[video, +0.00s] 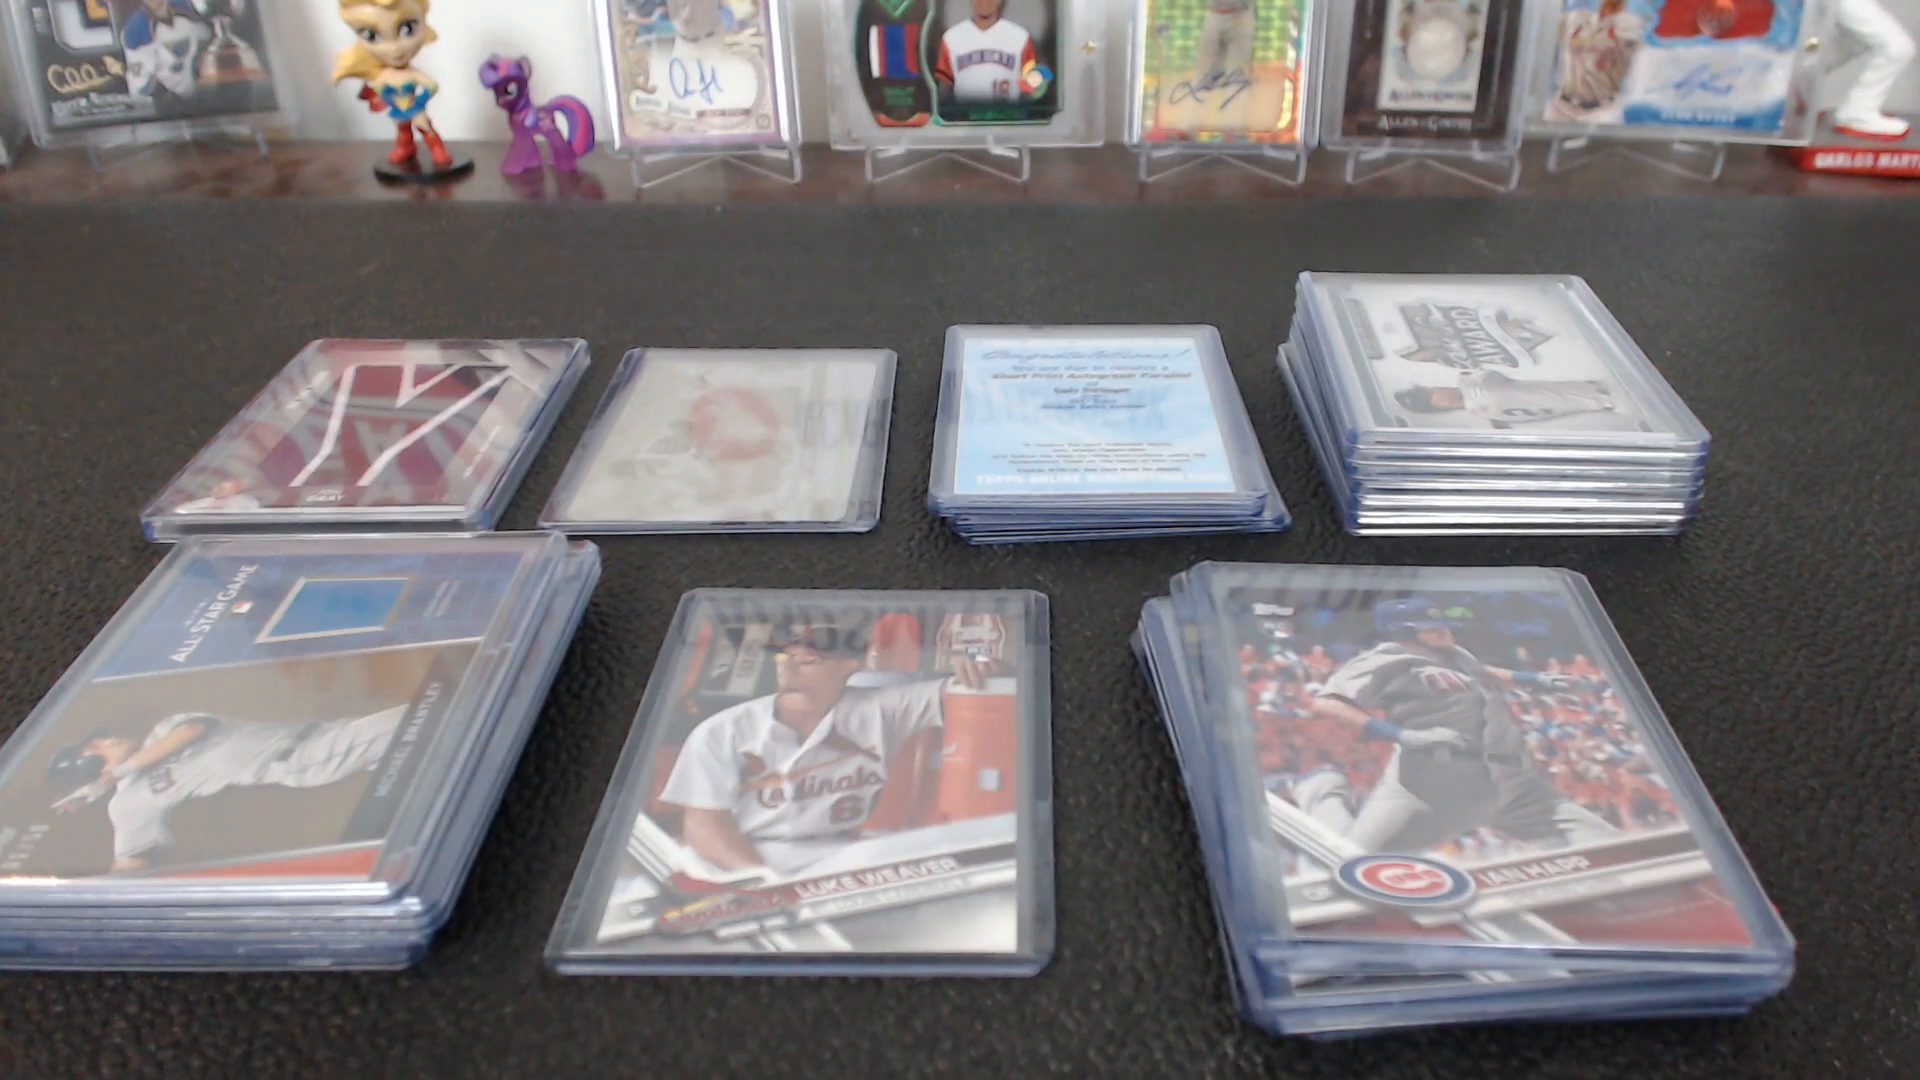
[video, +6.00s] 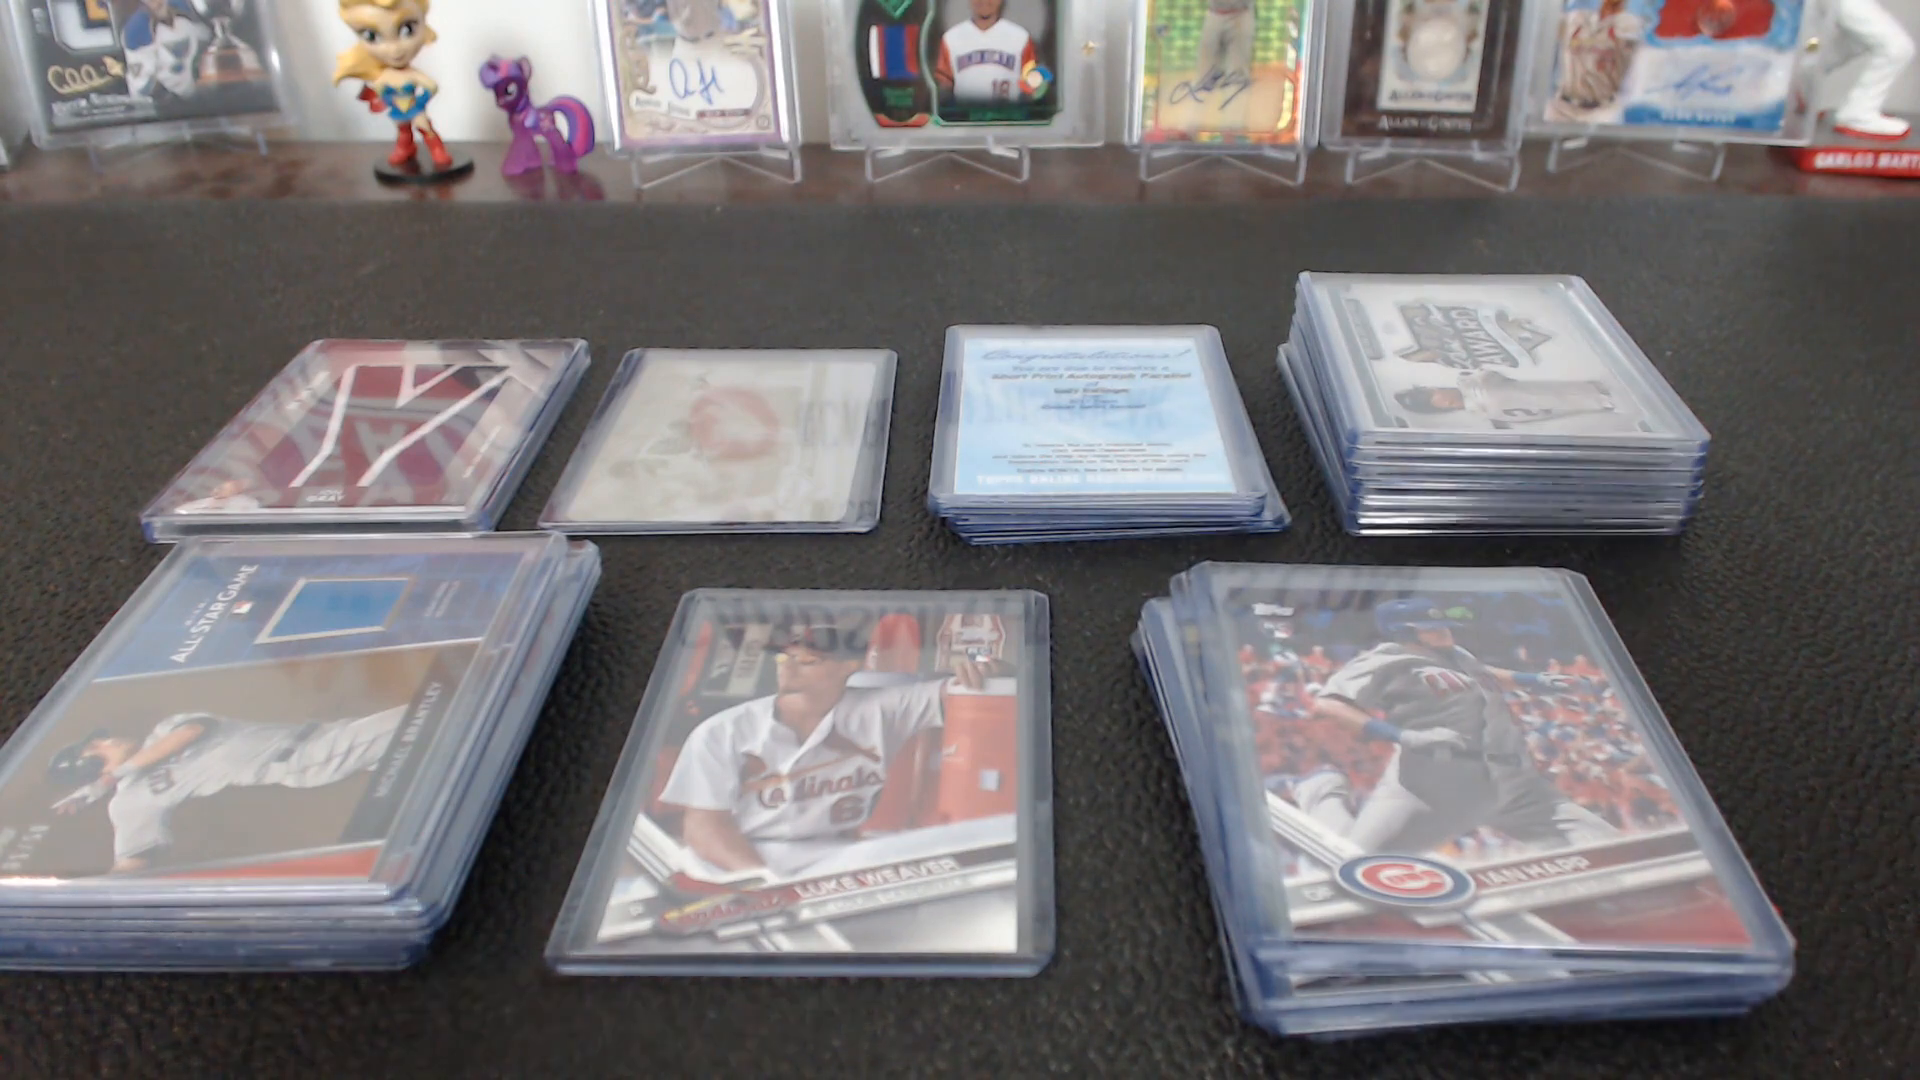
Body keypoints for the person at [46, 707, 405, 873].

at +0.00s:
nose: (110, 740)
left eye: (99, 740)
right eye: (99, 746)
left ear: (106, 742)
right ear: (100, 769)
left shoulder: (162, 728)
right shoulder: (131, 800)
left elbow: (193, 732)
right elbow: (129, 870)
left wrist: (113, 777)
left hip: (312, 731)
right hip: (299, 760)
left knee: (418, 717)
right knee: (415, 717)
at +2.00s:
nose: (108, 740)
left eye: (98, 739)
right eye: (99, 747)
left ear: (106, 741)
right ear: (100, 769)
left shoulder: (160, 727)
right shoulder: (131, 799)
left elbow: (193, 731)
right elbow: (129, 870)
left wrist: (118, 773)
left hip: (310, 731)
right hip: (298, 760)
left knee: (415, 721)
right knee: (413, 717)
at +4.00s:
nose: (111, 741)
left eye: (101, 740)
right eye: (101, 747)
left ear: (108, 741)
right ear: (100, 771)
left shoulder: (161, 728)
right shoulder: (131, 798)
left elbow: (193, 732)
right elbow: (129, 870)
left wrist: (117, 775)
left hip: (312, 733)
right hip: (299, 760)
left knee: (416, 721)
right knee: (414, 717)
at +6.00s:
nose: (112, 741)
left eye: (101, 741)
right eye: (102, 747)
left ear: (107, 742)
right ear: (101, 769)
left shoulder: (162, 728)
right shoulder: (131, 798)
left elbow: (193, 732)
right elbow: (130, 869)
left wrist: (114, 777)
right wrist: (89, 902)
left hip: (314, 732)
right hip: (301, 760)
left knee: (419, 719)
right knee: (417, 717)